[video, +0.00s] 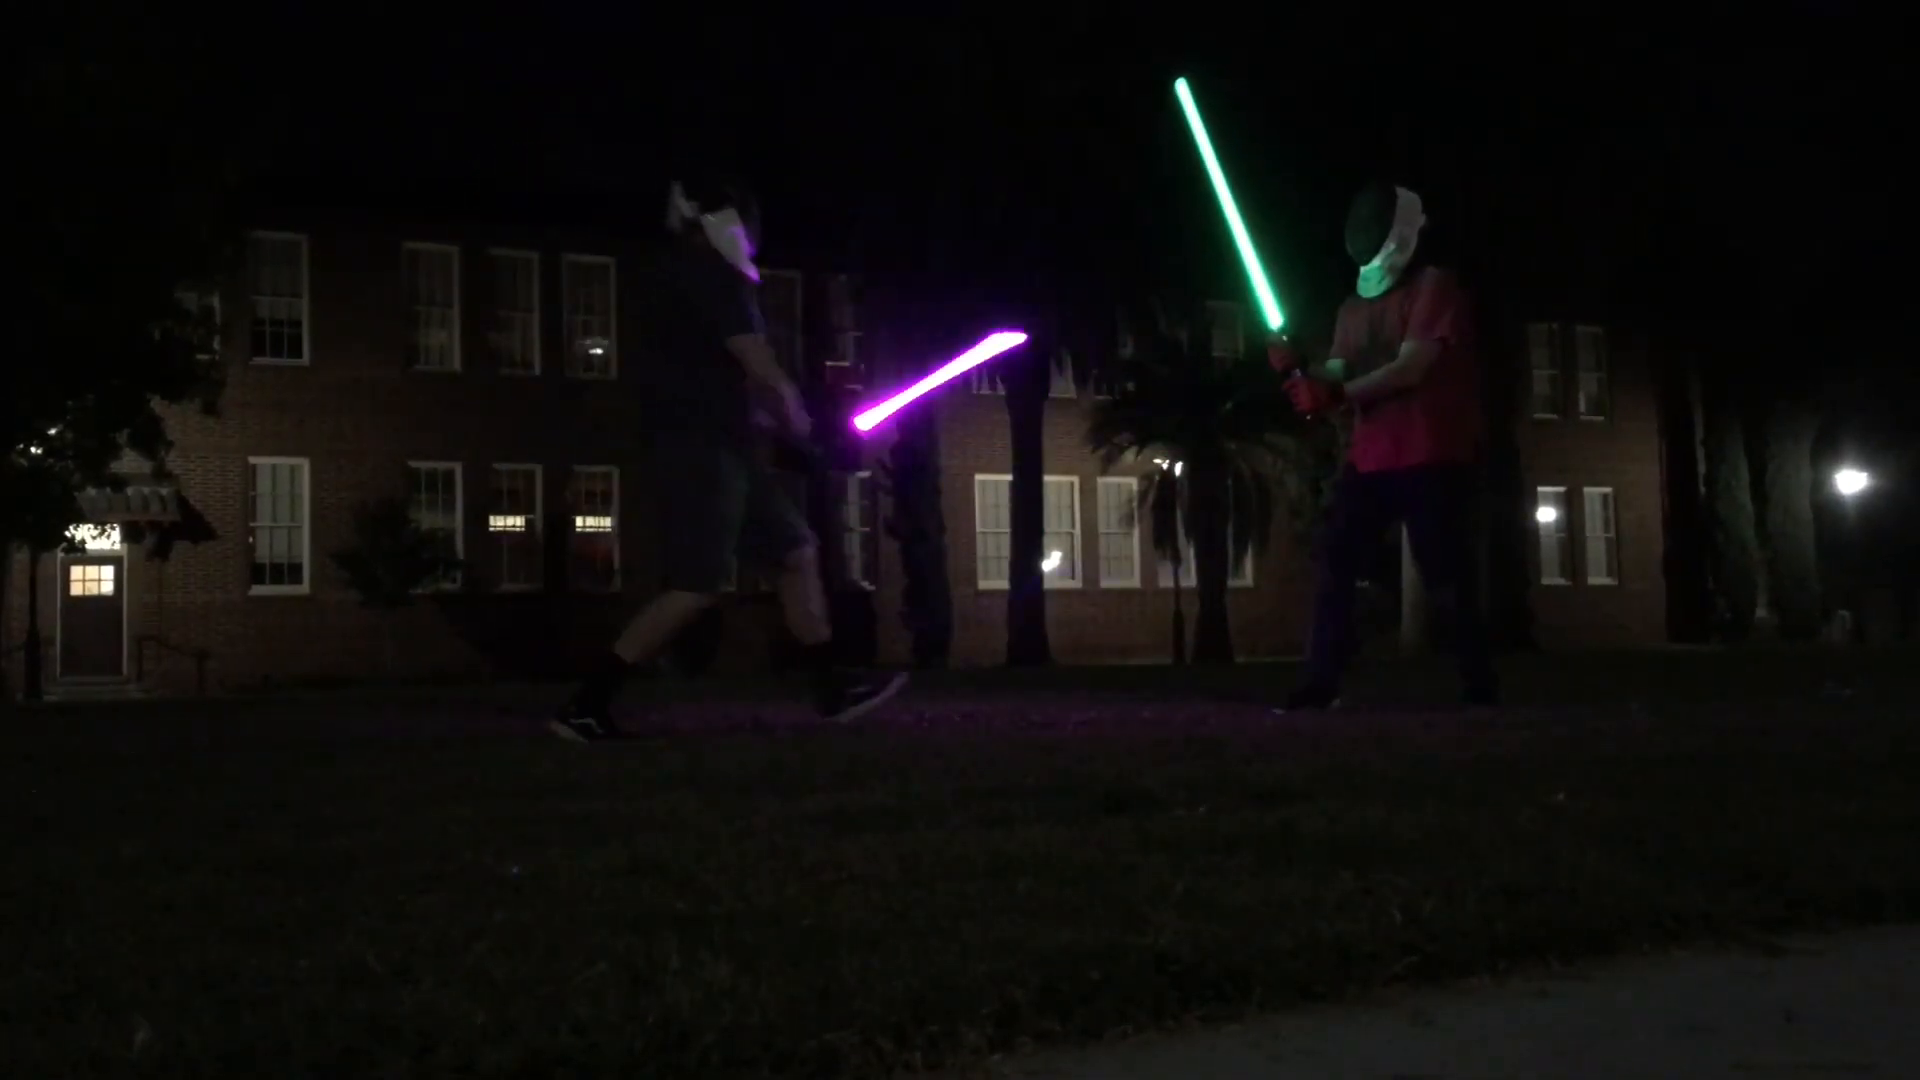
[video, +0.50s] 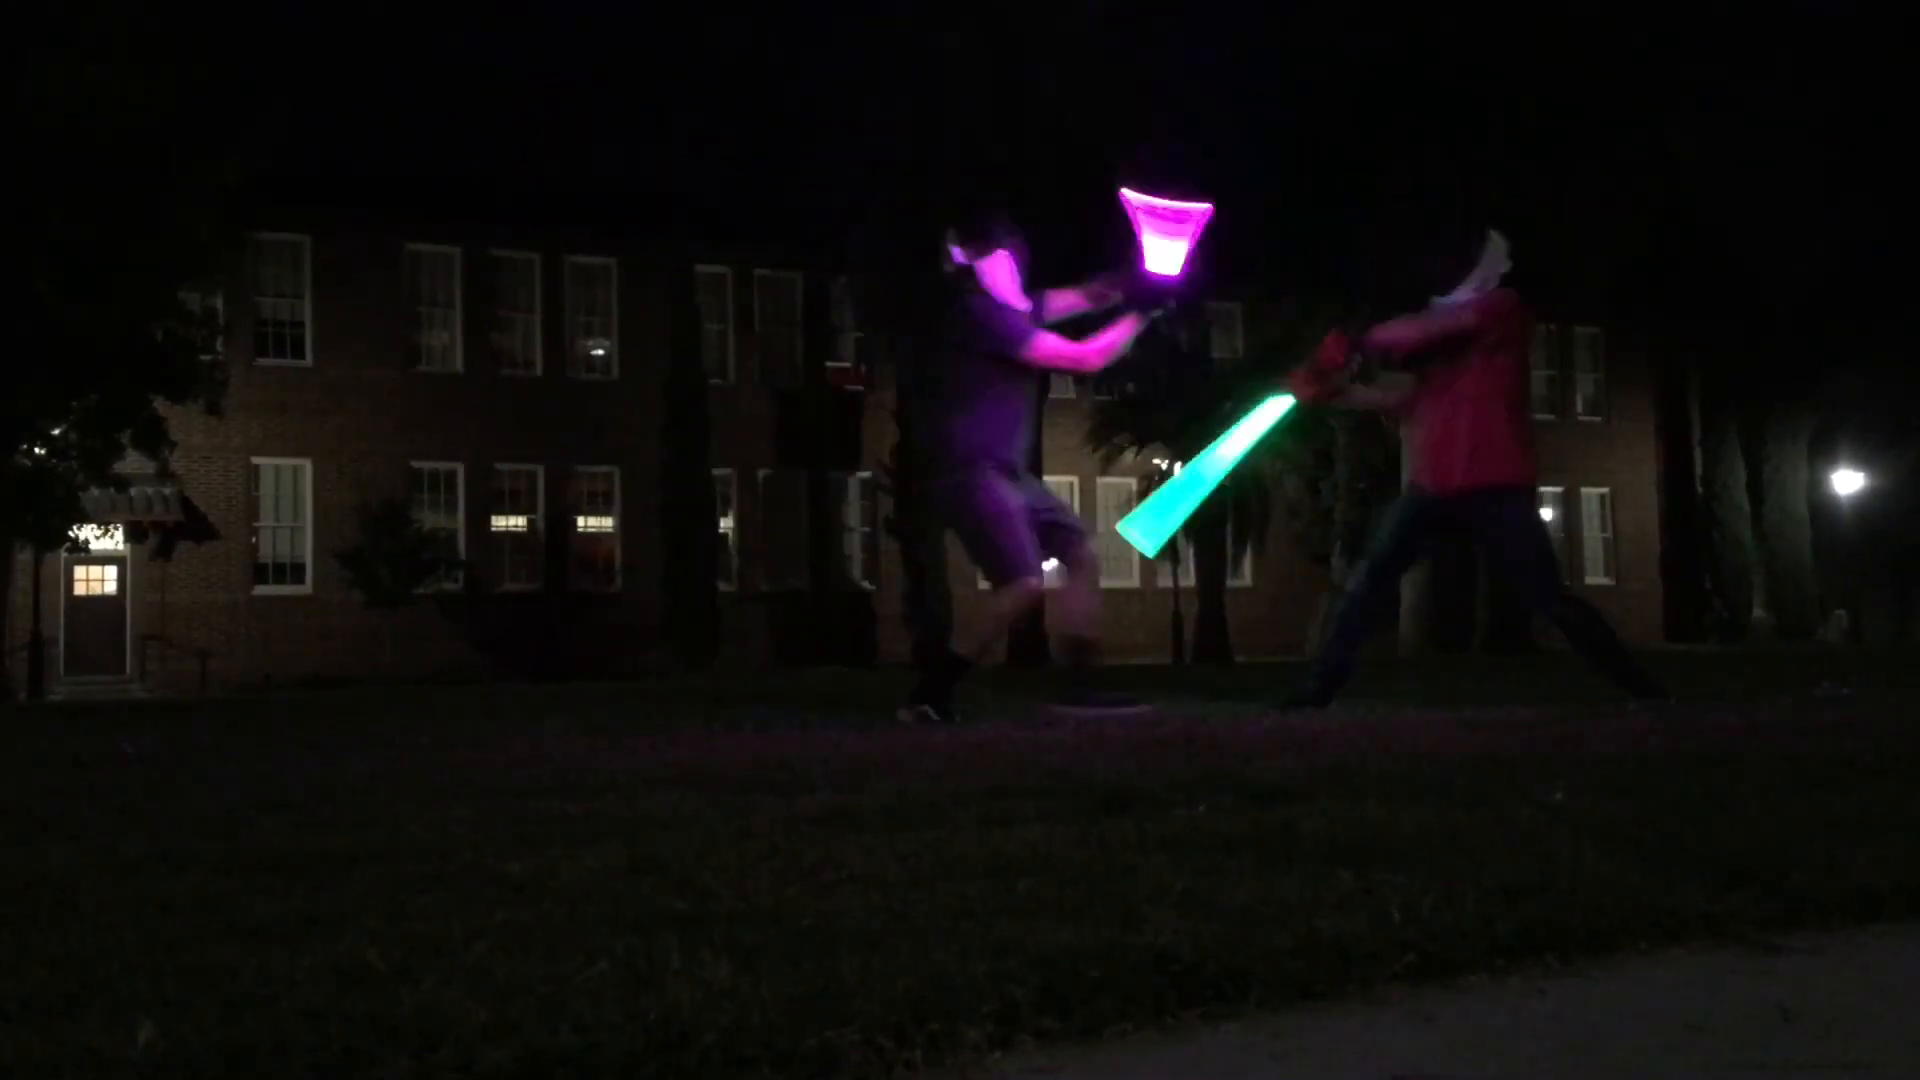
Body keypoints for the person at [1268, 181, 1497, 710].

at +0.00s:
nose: (1369, 253)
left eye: (1379, 240)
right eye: (1363, 243)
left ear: (1404, 237)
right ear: (1360, 245)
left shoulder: (1434, 289)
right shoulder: (1356, 309)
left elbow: (1414, 365)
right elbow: (1339, 375)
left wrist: (1340, 393)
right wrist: (1298, 370)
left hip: (1432, 461)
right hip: (1371, 464)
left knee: (1446, 576)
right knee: (1338, 566)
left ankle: (1474, 684)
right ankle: (1321, 680)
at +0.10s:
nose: (1356, 261)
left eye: (1368, 249)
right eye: (1352, 252)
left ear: (1393, 245)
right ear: (1348, 252)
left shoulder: (1421, 294)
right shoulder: (1345, 312)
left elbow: (1402, 373)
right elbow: (1324, 379)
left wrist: (1331, 401)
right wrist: (1286, 377)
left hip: (1426, 466)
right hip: (1365, 468)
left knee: (1445, 579)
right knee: (1332, 570)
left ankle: (1474, 684)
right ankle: (1322, 680)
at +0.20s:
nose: (1355, 260)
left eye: (1367, 249)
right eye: (1352, 250)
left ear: (1392, 249)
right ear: (1348, 253)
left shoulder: (1418, 298)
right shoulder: (1344, 313)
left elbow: (1388, 370)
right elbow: (1318, 380)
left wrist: (1313, 405)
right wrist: (1268, 385)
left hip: (1430, 467)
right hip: (1368, 469)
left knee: (1451, 577)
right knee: (1328, 564)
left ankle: (1495, 675)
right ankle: (1315, 681)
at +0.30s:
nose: (1368, 262)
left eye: (1382, 252)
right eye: (1366, 250)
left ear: (1407, 260)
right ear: (1360, 258)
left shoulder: (1425, 312)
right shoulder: (1350, 329)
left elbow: (1372, 372)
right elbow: (1316, 393)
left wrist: (1303, 415)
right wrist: (1254, 411)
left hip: (1434, 479)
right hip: (1373, 482)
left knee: (1473, 586)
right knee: (1319, 563)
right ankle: (1311, 682)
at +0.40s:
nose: (1399, 279)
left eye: (1411, 269)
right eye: (1400, 270)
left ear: (1435, 273)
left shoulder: (1456, 322)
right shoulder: (1391, 328)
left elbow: (1395, 367)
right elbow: (1352, 384)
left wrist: (1320, 393)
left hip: (1463, 491)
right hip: (1403, 493)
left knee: (1521, 592)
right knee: (1335, 573)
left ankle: (1630, 679)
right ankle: (1313, 687)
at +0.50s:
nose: (1449, 282)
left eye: (1460, 271)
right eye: (1450, 273)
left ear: (1485, 274)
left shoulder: (1502, 310)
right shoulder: (1441, 330)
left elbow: (1431, 331)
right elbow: (1406, 398)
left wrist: (1367, 343)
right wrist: (1338, 392)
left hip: (1495, 482)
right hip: (1436, 485)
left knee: (1548, 598)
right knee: (1373, 584)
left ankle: (1640, 688)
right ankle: (1317, 690)